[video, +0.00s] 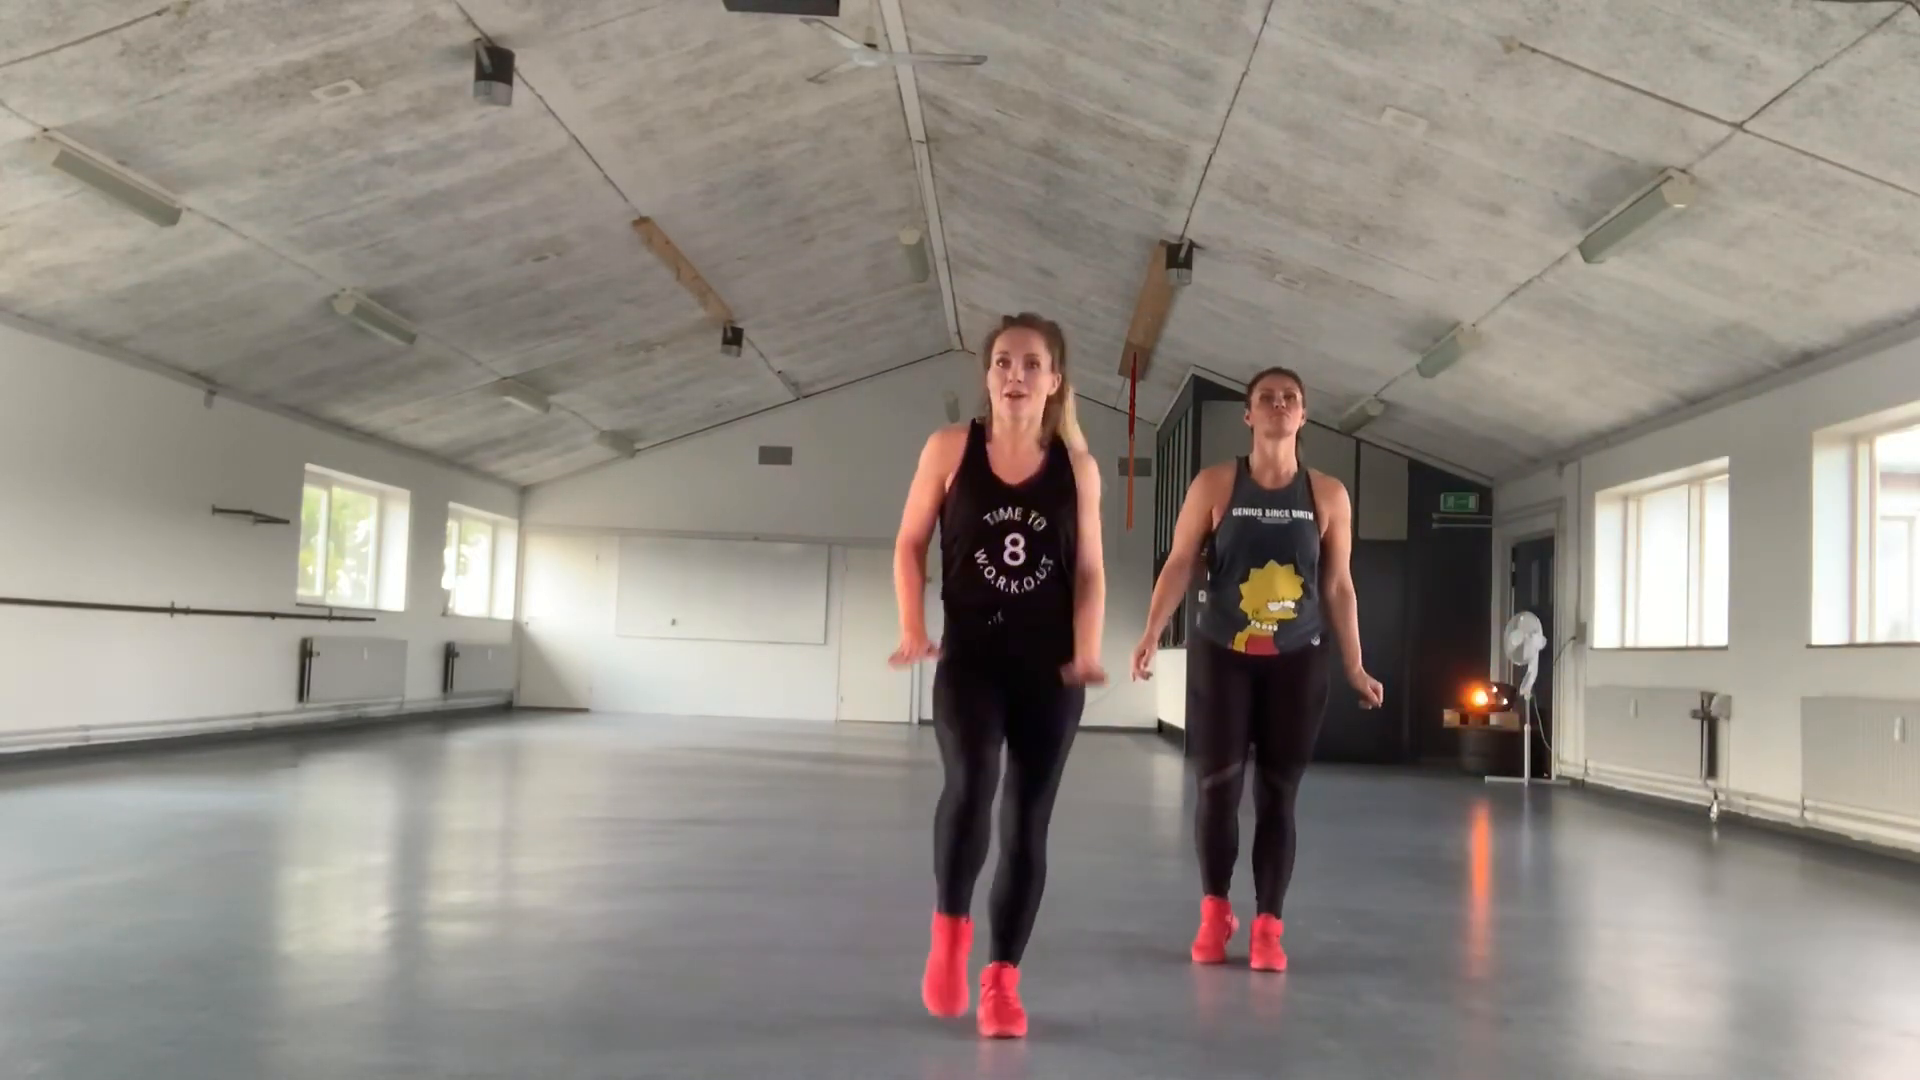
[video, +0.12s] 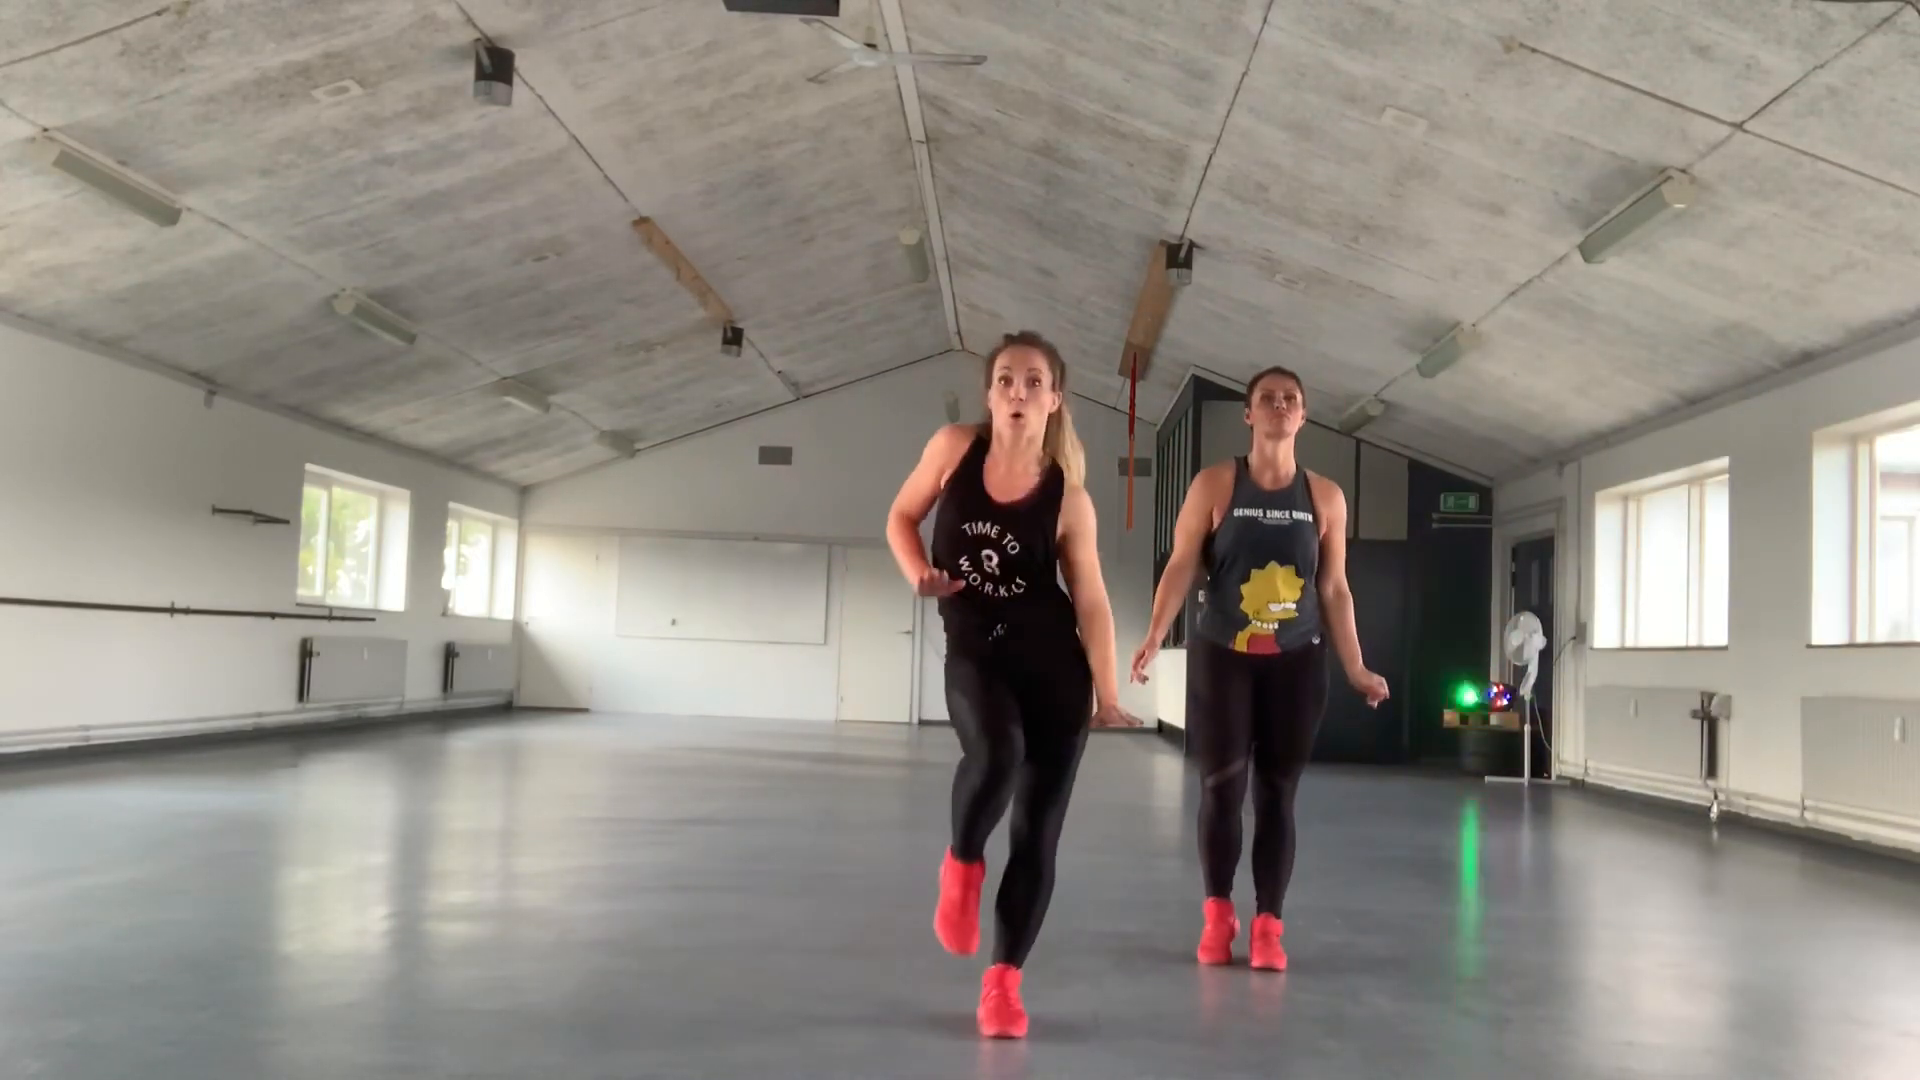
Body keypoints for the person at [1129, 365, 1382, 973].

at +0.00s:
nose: (1279, 407)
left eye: (1289, 399)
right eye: (1268, 398)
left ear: (1304, 415)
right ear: (1248, 414)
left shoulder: (1329, 495)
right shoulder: (1213, 484)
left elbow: (1339, 586)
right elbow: (1179, 563)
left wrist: (1355, 666)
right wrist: (1152, 629)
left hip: (1297, 662)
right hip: (1221, 658)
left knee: (1277, 791)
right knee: (1218, 783)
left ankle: (1268, 924)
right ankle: (1215, 909)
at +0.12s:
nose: (1280, 407)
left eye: (1289, 399)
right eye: (1269, 398)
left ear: (1304, 416)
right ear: (1249, 414)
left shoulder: (1326, 497)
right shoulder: (1214, 483)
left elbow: (1335, 589)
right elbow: (1181, 564)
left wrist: (1357, 668)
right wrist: (1155, 631)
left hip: (1296, 662)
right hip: (1221, 658)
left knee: (1276, 792)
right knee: (1222, 784)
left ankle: (1268, 923)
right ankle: (1218, 912)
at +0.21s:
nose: (1279, 401)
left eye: (1289, 393)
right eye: (1267, 392)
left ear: (1303, 409)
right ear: (1248, 408)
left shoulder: (1326, 489)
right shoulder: (1213, 476)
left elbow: (1334, 580)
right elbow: (1180, 558)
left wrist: (1356, 653)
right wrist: (1154, 627)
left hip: (1294, 657)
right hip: (1220, 653)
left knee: (1274, 788)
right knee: (1227, 780)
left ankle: (1269, 921)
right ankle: (1220, 913)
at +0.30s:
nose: (1279, 399)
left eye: (1289, 391)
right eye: (1268, 391)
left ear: (1303, 408)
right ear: (1248, 406)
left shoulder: (1326, 485)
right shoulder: (1212, 474)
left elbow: (1336, 574)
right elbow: (1177, 558)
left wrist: (1360, 646)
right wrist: (1147, 629)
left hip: (1294, 652)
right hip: (1221, 648)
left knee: (1275, 783)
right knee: (1227, 774)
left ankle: (1266, 918)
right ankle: (1218, 909)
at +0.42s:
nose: (1280, 420)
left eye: (1290, 413)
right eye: (1269, 412)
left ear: (1304, 428)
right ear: (1249, 426)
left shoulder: (1323, 510)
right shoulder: (1211, 494)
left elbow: (1339, 598)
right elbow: (1172, 572)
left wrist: (1375, 663)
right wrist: (1139, 642)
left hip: (1297, 668)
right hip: (1221, 663)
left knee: (1280, 789)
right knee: (1224, 765)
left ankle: (1265, 923)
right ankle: (1215, 897)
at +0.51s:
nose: (1280, 422)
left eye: (1290, 414)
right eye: (1269, 413)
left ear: (1304, 429)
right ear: (1249, 427)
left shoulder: (1321, 511)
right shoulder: (1211, 493)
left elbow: (1336, 598)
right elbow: (1170, 572)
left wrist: (1374, 663)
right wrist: (1138, 645)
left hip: (1296, 668)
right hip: (1221, 663)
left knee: (1280, 789)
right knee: (1227, 768)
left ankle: (1265, 922)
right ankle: (1218, 897)